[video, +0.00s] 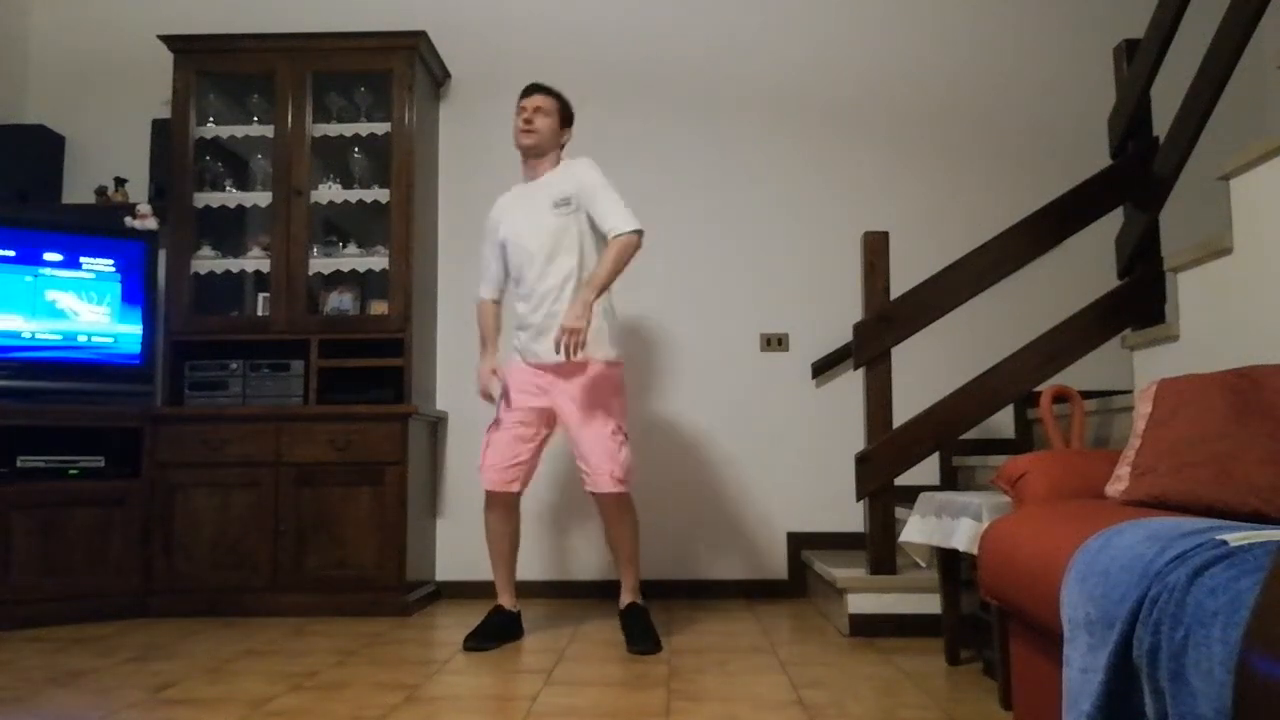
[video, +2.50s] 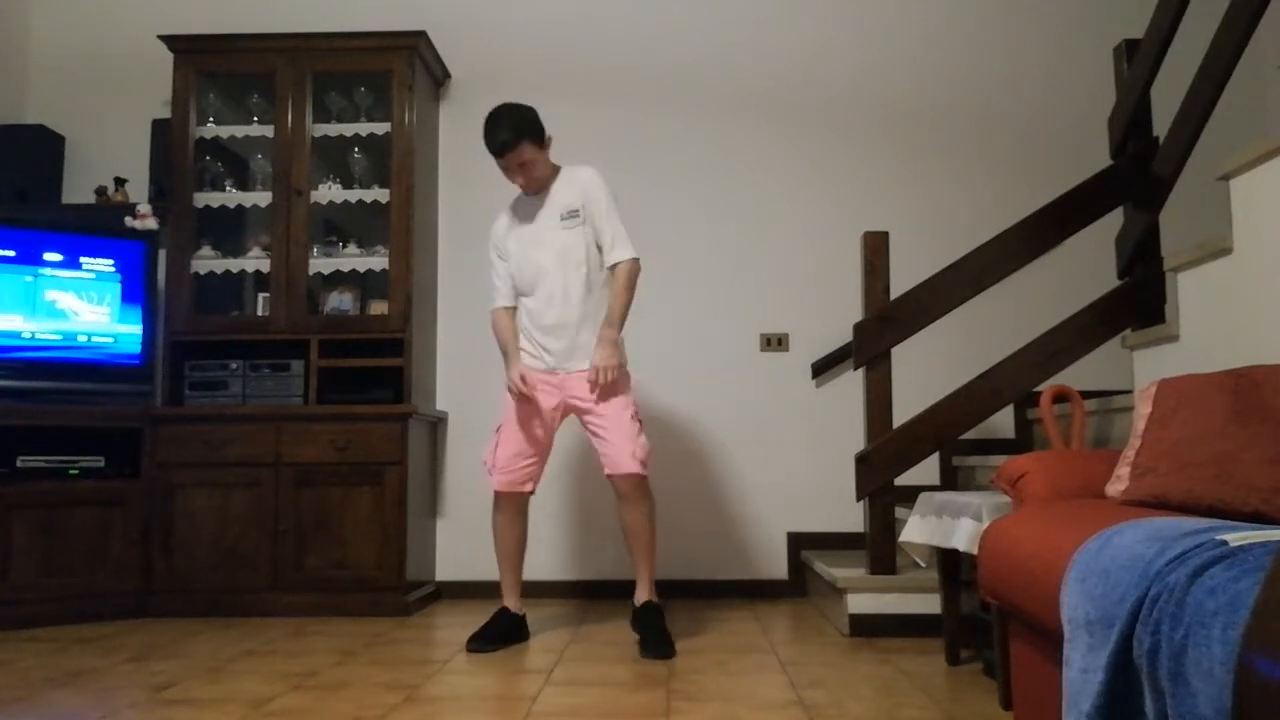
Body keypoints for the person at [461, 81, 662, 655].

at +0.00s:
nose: (525, 119)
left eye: (538, 113)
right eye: (521, 113)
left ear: (563, 131)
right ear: (514, 129)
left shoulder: (579, 174)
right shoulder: (503, 208)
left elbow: (627, 236)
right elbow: (489, 290)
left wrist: (585, 301)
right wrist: (489, 353)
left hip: (588, 366)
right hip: (524, 371)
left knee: (610, 485)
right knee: (498, 482)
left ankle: (632, 601)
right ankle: (505, 608)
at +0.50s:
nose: (579, 118)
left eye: (588, 108)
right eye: (569, 115)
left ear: (613, 120)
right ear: (562, 134)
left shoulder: (643, 195)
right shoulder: (547, 183)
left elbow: (656, 287)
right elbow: (483, 240)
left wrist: (612, 336)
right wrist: (497, 324)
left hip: (610, 374)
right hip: (538, 366)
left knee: (630, 488)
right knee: (486, 467)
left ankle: (629, 607)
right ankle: (488, 594)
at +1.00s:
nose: (562, 137)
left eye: (574, 128)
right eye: (554, 126)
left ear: (589, 134)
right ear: (538, 127)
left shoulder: (608, 200)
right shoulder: (512, 198)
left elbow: (628, 287)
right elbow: (480, 277)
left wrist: (609, 350)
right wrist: (508, 339)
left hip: (591, 368)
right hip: (524, 368)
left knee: (627, 469)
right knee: (501, 485)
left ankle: (632, 597)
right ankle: (508, 609)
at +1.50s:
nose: (558, 153)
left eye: (568, 142)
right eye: (548, 144)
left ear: (587, 140)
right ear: (535, 145)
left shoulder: (613, 195)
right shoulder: (531, 219)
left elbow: (637, 276)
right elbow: (503, 302)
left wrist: (603, 344)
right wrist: (503, 370)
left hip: (604, 368)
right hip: (537, 367)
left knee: (625, 489)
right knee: (498, 481)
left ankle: (637, 607)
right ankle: (509, 603)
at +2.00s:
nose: (585, 171)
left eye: (596, 159)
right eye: (575, 159)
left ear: (615, 146)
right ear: (560, 146)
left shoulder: (631, 214)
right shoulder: (535, 199)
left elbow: (654, 297)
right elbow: (483, 266)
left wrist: (635, 346)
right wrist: (485, 339)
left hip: (603, 369)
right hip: (533, 366)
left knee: (629, 483)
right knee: (504, 483)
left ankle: (639, 607)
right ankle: (511, 610)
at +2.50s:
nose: (519, 176)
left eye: (524, 163)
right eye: (508, 169)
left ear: (545, 144)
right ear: (498, 167)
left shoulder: (583, 185)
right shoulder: (504, 225)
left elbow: (625, 262)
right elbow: (502, 306)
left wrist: (610, 338)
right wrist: (512, 358)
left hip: (597, 369)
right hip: (534, 375)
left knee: (631, 475)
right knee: (508, 484)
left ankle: (646, 602)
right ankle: (510, 610)